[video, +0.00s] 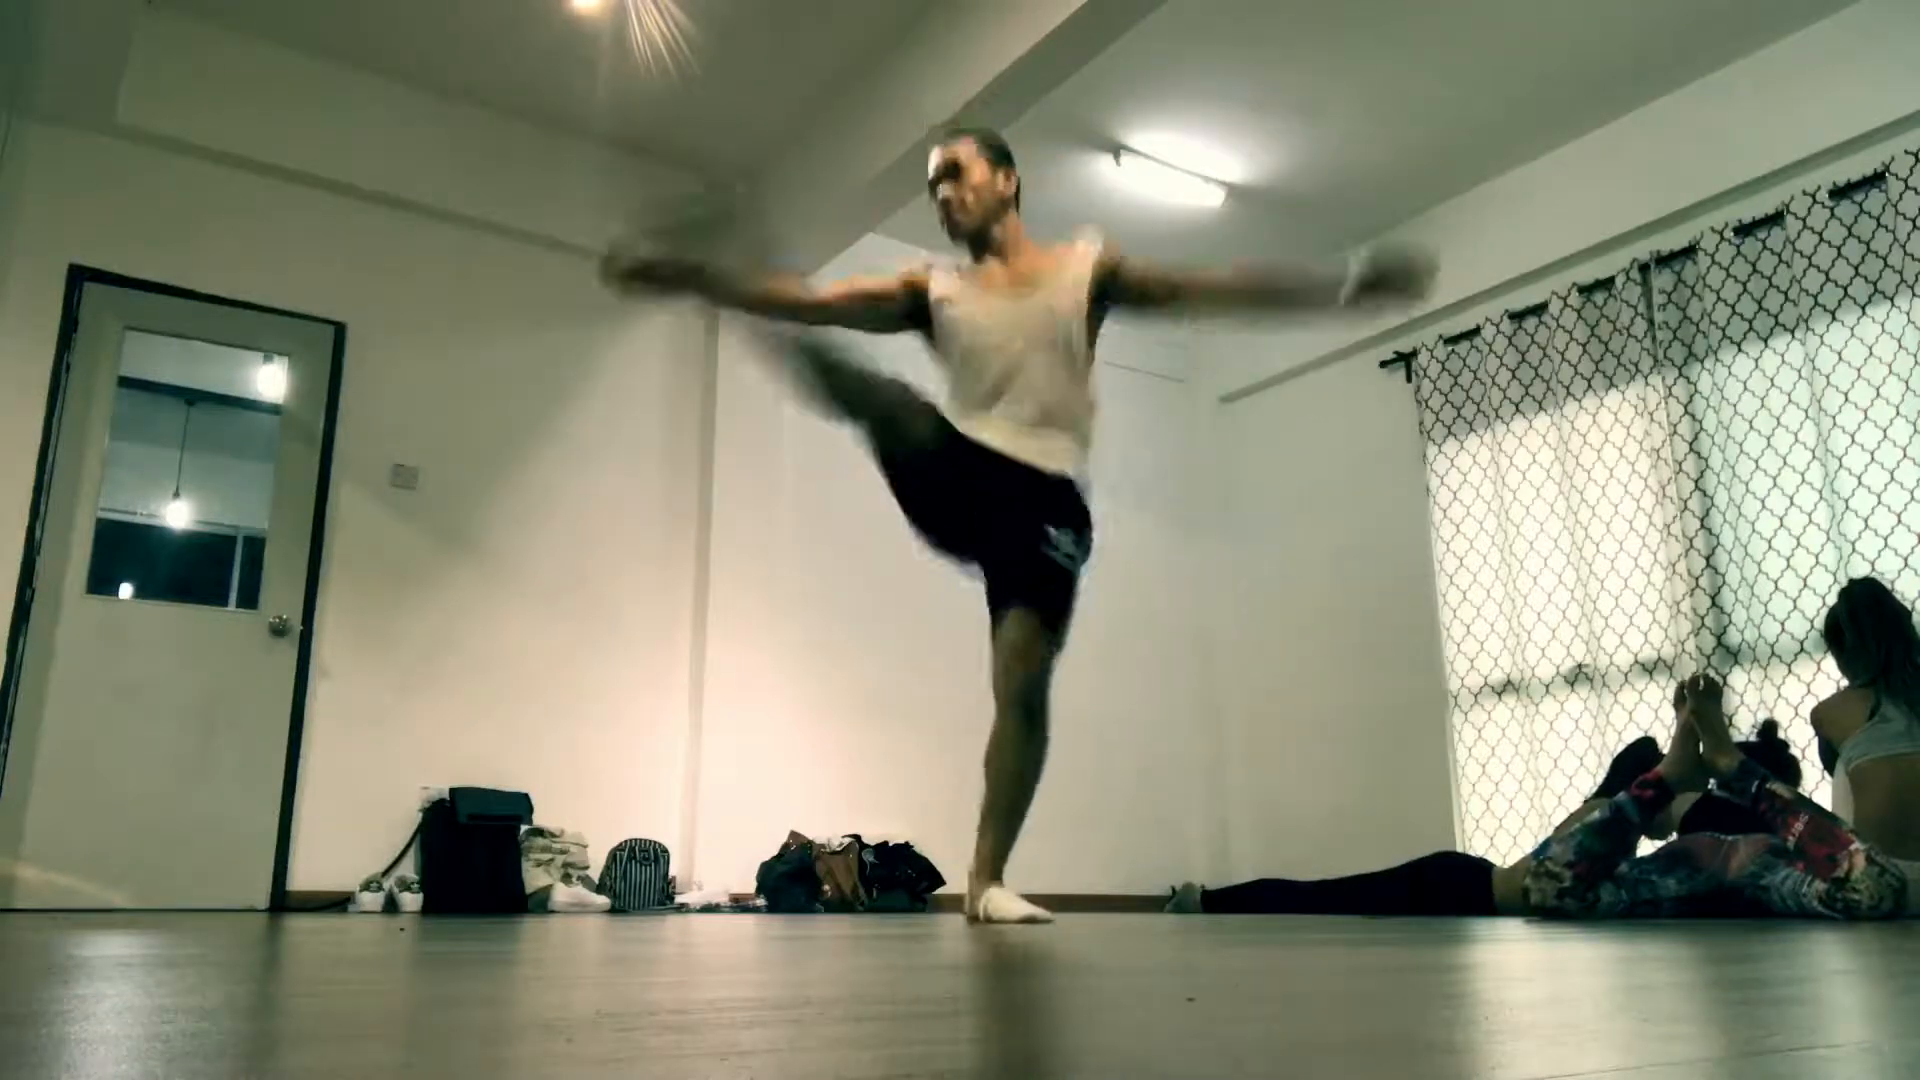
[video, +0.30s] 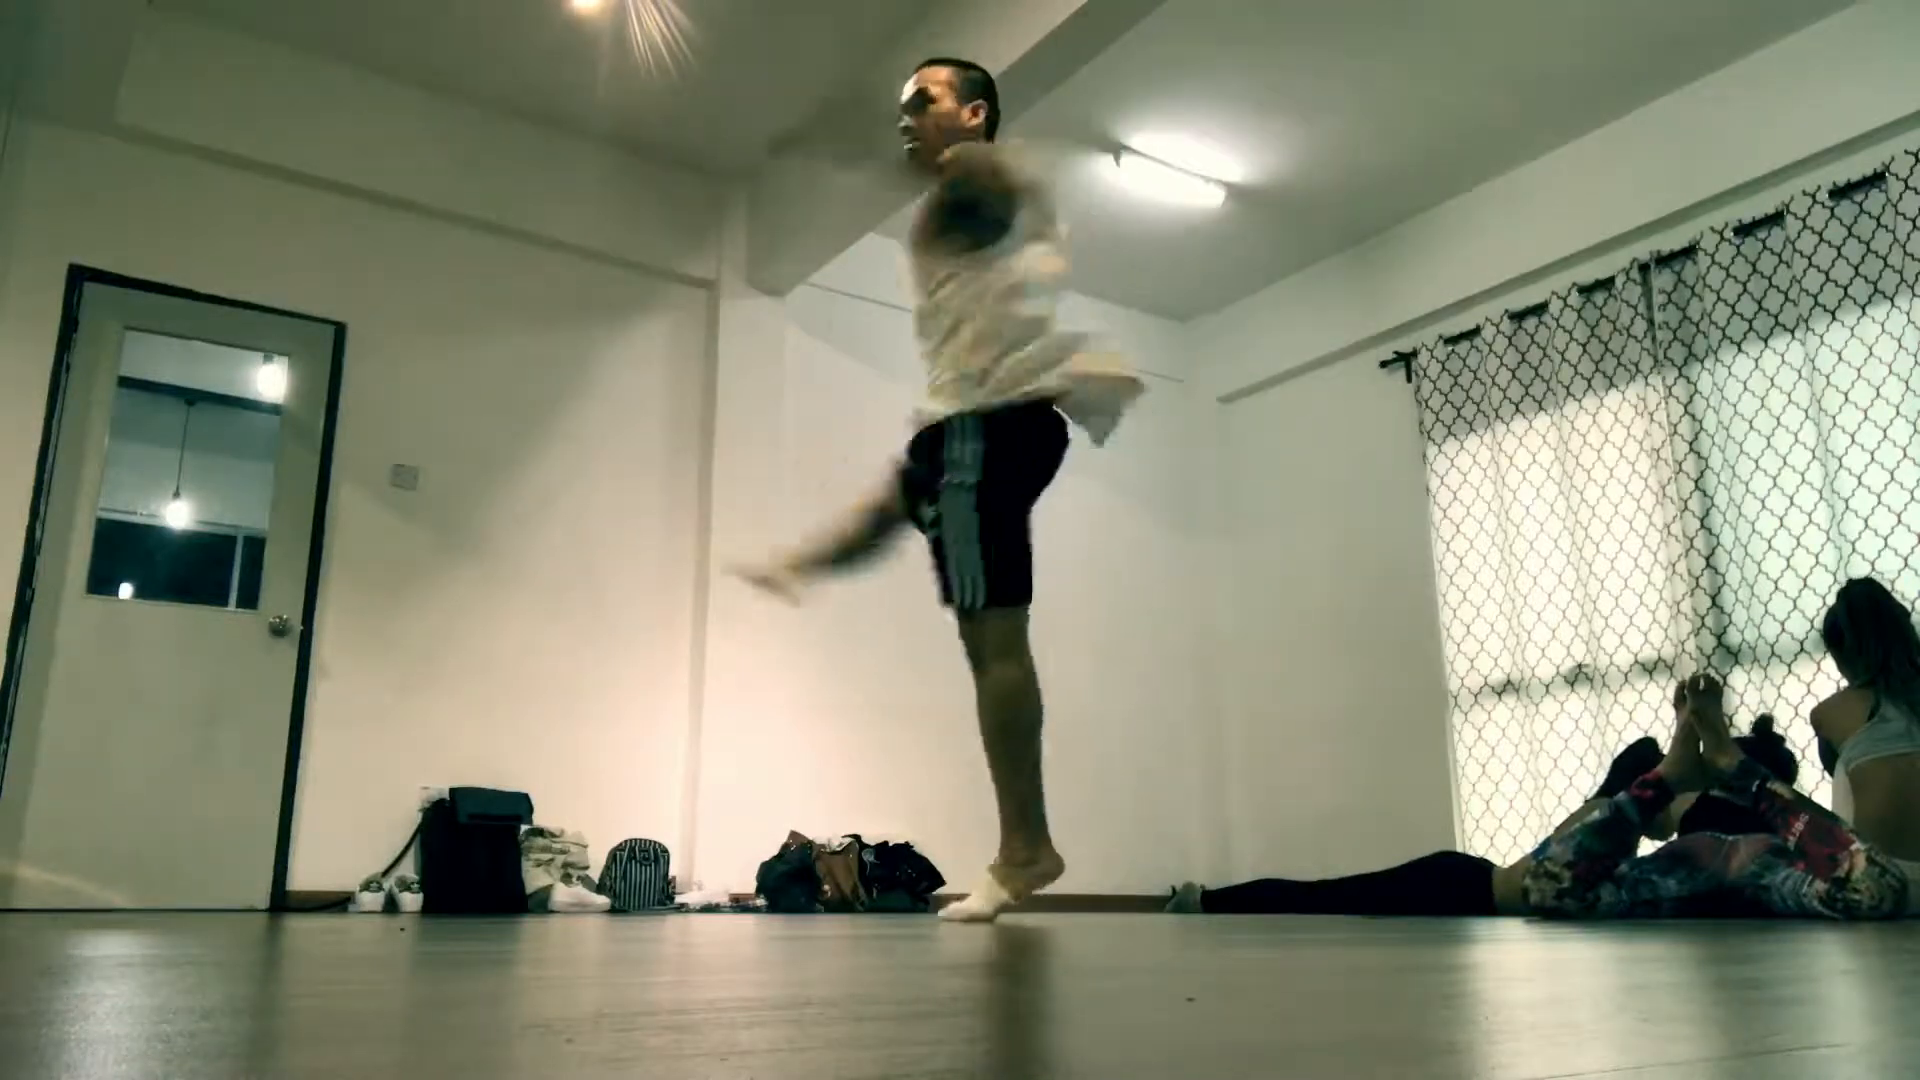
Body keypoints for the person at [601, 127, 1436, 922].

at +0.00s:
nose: (946, 193)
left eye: (958, 175)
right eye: (937, 184)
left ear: (1007, 179)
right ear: (941, 205)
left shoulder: (1087, 263)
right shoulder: (936, 289)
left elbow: (1211, 287)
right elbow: (807, 298)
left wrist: (1339, 290)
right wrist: (691, 280)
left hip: (1045, 494)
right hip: (956, 473)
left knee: (1023, 684)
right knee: (867, 392)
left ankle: (985, 884)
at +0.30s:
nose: (906, 118)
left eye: (923, 101)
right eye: (907, 106)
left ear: (975, 112)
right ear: (940, 122)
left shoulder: (983, 177)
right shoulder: (956, 205)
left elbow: (999, 186)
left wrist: (968, 178)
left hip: (994, 419)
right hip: (970, 420)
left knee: (996, 647)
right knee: (892, 503)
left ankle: (1027, 853)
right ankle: (804, 567)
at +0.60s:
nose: (958, 100)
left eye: (954, 86)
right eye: (943, 86)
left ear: (882, 111)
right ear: (899, 99)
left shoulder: (845, 218)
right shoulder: (922, 161)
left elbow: (901, 309)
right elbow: (991, 218)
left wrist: (989, 292)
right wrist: (1043, 261)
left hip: (889, 427)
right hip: (959, 386)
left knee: (935, 625)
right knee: (1136, 456)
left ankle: (944, 841)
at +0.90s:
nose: (879, 133)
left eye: (896, 115)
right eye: (874, 120)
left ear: (952, 124)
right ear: (883, 139)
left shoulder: (1027, 208)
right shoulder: (861, 225)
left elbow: (1164, 227)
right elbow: (719, 229)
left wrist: (1284, 236)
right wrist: (590, 220)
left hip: (984, 468)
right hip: (892, 431)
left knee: (948, 676)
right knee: (748, 424)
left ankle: (901, 876)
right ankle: (589, 398)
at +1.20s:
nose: (839, 85)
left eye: (856, 69)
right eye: (840, 72)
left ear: (912, 81)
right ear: (902, 85)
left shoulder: (905, 154)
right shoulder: (896, 163)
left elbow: (825, 222)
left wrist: (713, 254)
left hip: (923, 418)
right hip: (909, 417)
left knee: (927, 639)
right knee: (839, 493)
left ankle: (959, 858)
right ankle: (806, 659)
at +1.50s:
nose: (887, 79)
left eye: (894, 65)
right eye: (864, 70)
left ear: (913, 87)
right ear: (836, 103)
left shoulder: (910, 202)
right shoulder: (855, 162)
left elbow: (953, 326)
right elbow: (861, 236)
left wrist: (1038, 295)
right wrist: (994, 228)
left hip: (871, 406)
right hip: (859, 378)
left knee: (875, 630)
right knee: (1016, 373)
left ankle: (848, 855)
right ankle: (981, 590)